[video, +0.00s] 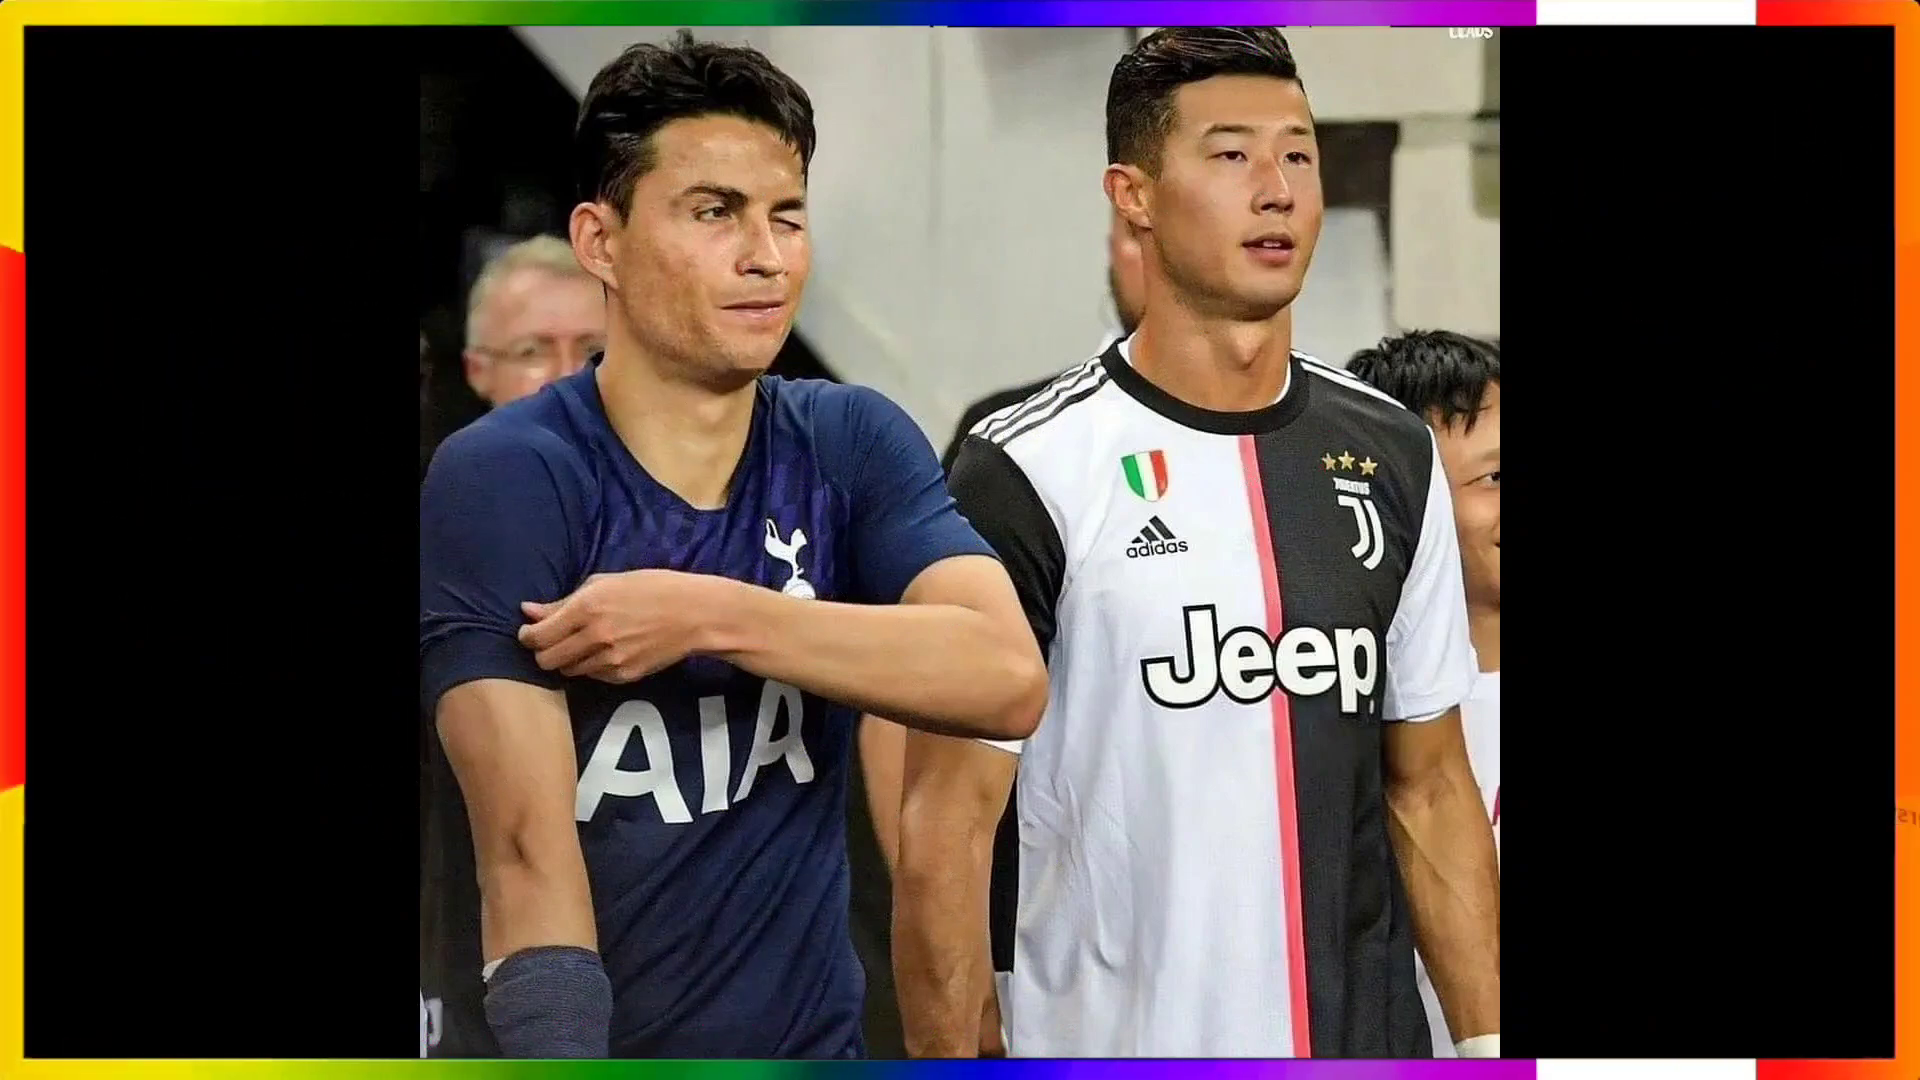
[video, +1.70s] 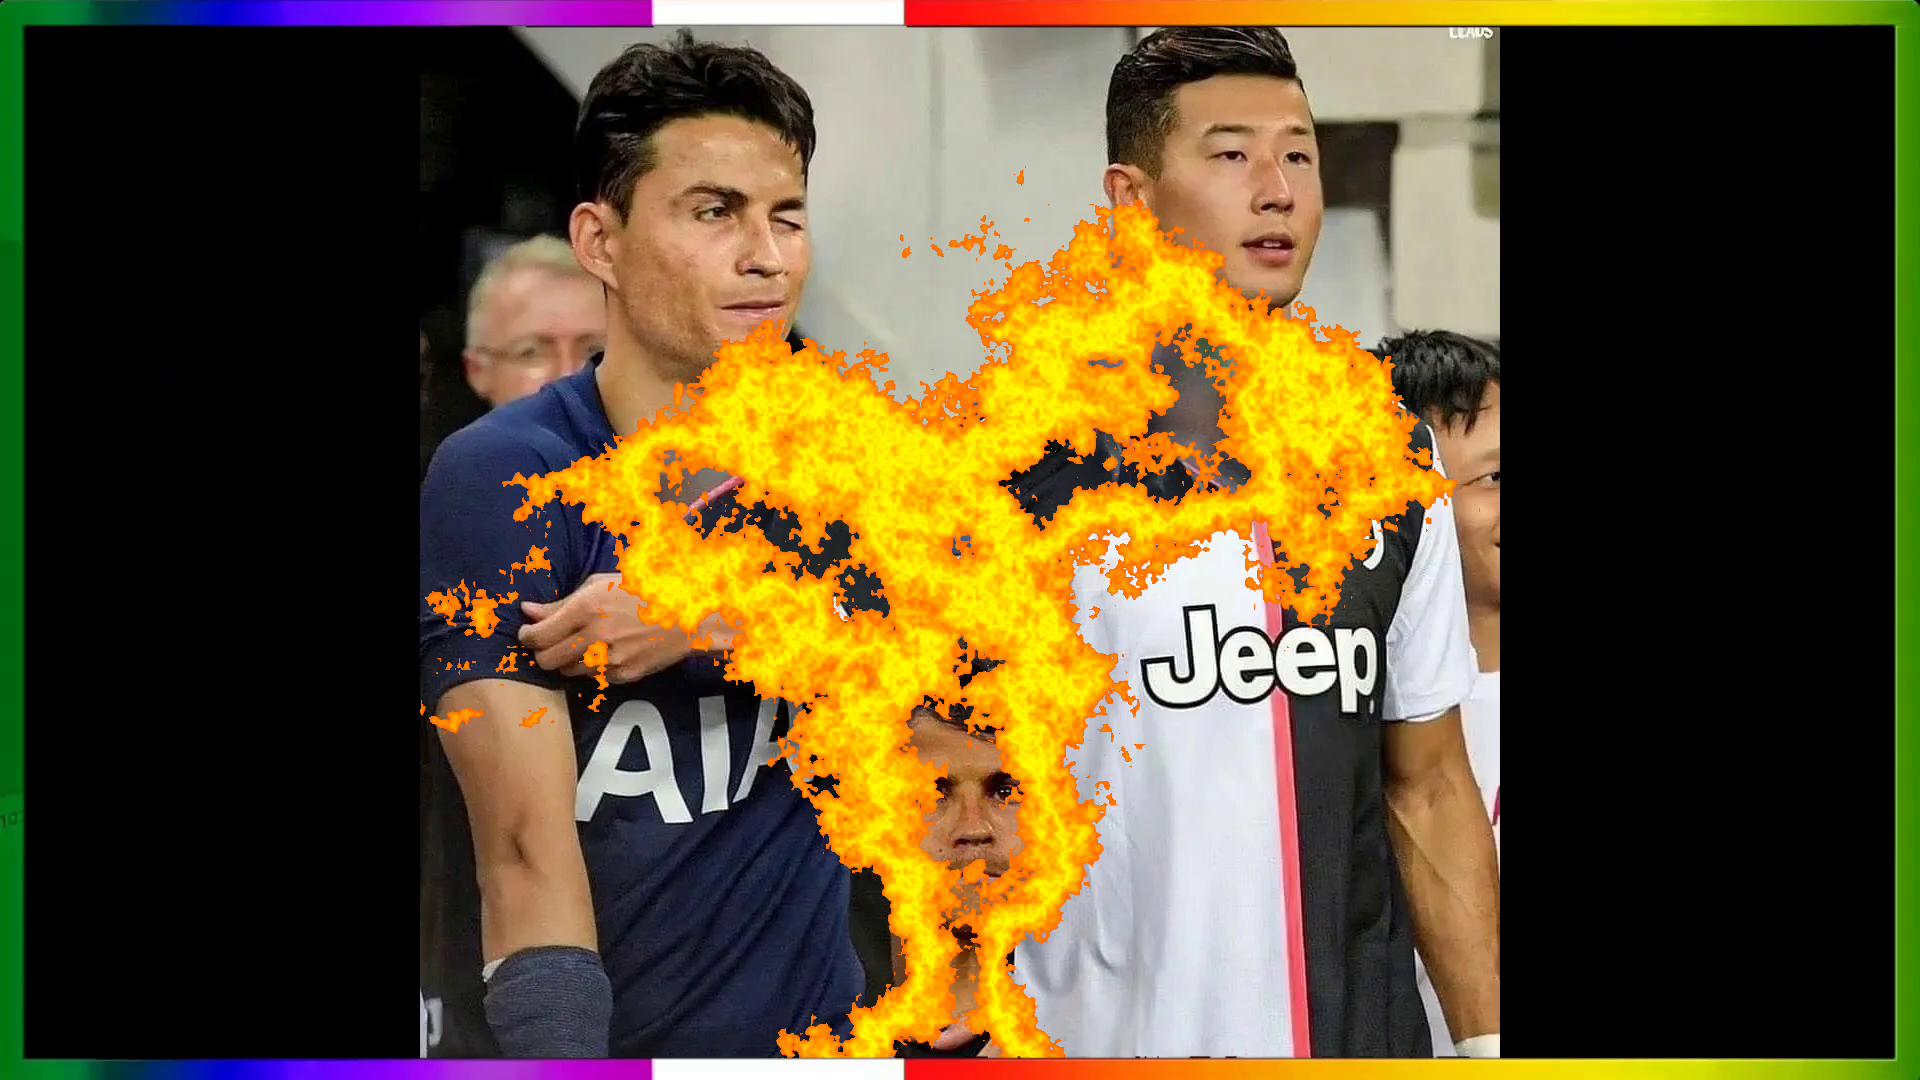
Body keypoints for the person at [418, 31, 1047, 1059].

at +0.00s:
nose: (766, 257)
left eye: (785, 218)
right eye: (712, 212)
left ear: (809, 237)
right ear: (601, 241)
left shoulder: (856, 439)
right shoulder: (499, 476)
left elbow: (1009, 681)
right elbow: (525, 851)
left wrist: (713, 613)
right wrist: (561, 1058)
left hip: (812, 1042)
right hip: (594, 1036)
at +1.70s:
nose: (767, 260)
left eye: (787, 219)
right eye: (715, 212)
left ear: (811, 236)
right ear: (600, 241)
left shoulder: (846, 453)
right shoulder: (497, 475)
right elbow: (524, 855)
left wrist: (708, 619)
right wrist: (560, 1060)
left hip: (813, 1037)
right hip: (602, 1037)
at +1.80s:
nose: (766, 259)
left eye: (788, 220)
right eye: (714, 212)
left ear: (811, 238)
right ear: (600, 241)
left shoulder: (857, 453)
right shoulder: (492, 477)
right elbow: (524, 845)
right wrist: (560, 1053)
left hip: (841, 1030)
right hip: (614, 1034)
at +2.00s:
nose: (766, 257)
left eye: (787, 218)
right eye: (714, 211)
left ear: (809, 234)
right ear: (598, 239)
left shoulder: (830, 461)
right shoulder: (497, 478)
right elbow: (527, 856)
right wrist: (571, 1047)